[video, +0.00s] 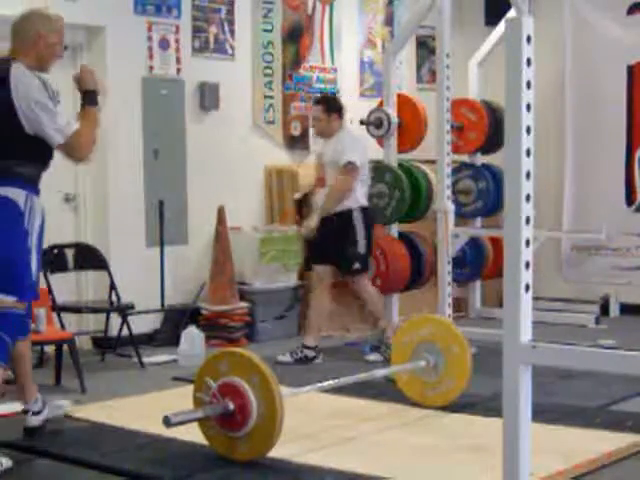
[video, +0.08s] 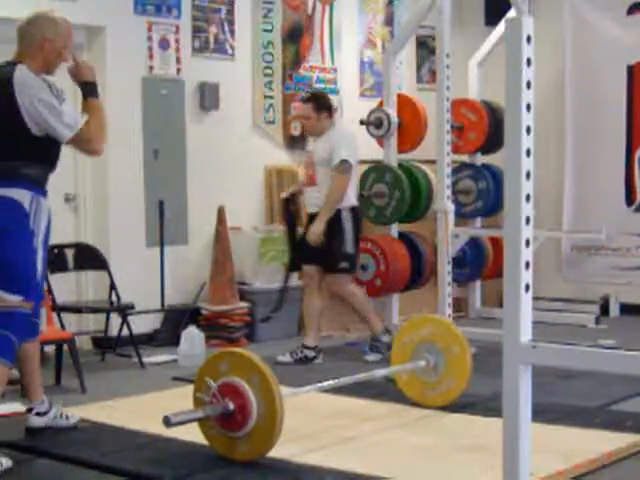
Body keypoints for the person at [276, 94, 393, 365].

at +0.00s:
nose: (314, 125)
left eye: (318, 120)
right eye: (313, 120)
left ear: (335, 118)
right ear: (324, 119)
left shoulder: (352, 142)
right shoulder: (324, 145)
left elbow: (344, 185)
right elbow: (320, 181)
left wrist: (317, 215)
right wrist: (311, 202)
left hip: (351, 213)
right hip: (327, 213)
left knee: (359, 280)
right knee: (320, 279)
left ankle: (389, 334)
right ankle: (310, 345)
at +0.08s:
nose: (301, 125)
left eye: (306, 119)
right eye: (300, 119)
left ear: (325, 116)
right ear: (312, 118)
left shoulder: (342, 138)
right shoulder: (313, 142)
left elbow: (340, 184)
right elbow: (315, 178)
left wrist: (321, 221)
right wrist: (298, 190)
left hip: (340, 213)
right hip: (315, 213)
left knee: (339, 282)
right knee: (309, 279)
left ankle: (381, 333)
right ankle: (310, 345)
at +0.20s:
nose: (284, 121)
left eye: (289, 114)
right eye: (283, 115)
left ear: (307, 112)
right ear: (295, 114)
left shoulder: (323, 137)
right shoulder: (293, 140)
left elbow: (336, 179)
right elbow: (295, 178)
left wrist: (331, 220)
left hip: (315, 210)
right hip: (296, 210)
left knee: (304, 276)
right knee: (304, 280)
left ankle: (349, 322)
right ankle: (309, 344)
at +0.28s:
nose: (282, 121)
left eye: (287, 114)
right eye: (281, 115)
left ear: (303, 113)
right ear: (288, 114)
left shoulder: (317, 136)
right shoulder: (292, 141)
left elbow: (335, 170)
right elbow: (292, 176)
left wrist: (336, 216)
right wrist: (276, 179)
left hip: (311, 208)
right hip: (292, 209)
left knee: (299, 278)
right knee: (301, 282)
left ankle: (337, 328)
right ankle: (310, 342)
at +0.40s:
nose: (268, 122)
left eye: (272, 115)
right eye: (267, 116)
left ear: (290, 112)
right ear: (275, 115)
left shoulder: (306, 135)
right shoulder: (276, 140)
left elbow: (329, 170)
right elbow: (270, 173)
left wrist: (333, 214)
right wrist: (252, 181)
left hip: (302, 207)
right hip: (281, 209)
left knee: (276, 276)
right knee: (300, 278)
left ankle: (302, 337)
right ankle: (310, 338)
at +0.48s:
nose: (253, 123)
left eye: (257, 117)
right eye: (251, 117)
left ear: (275, 115)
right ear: (254, 116)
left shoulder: (292, 137)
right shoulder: (259, 144)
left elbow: (313, 174)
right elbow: (241, 179)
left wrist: (311, 215)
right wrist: (234, 180)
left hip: (285, 210)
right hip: (263, 212)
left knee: (262, 278)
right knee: (283, 279)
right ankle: (308, 341)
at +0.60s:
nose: (237, 123)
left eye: (242, 117)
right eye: (235, 117)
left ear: (258, 117)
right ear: (236, 116)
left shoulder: (272, 140)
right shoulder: (241, 143)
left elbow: (289, 177)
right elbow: (226, 175)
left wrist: (293, 219)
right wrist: (210, 182)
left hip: (262, 212)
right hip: (241, 213)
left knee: (246, 277)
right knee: (260, 280)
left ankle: (228, 344)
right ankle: (298, 333)